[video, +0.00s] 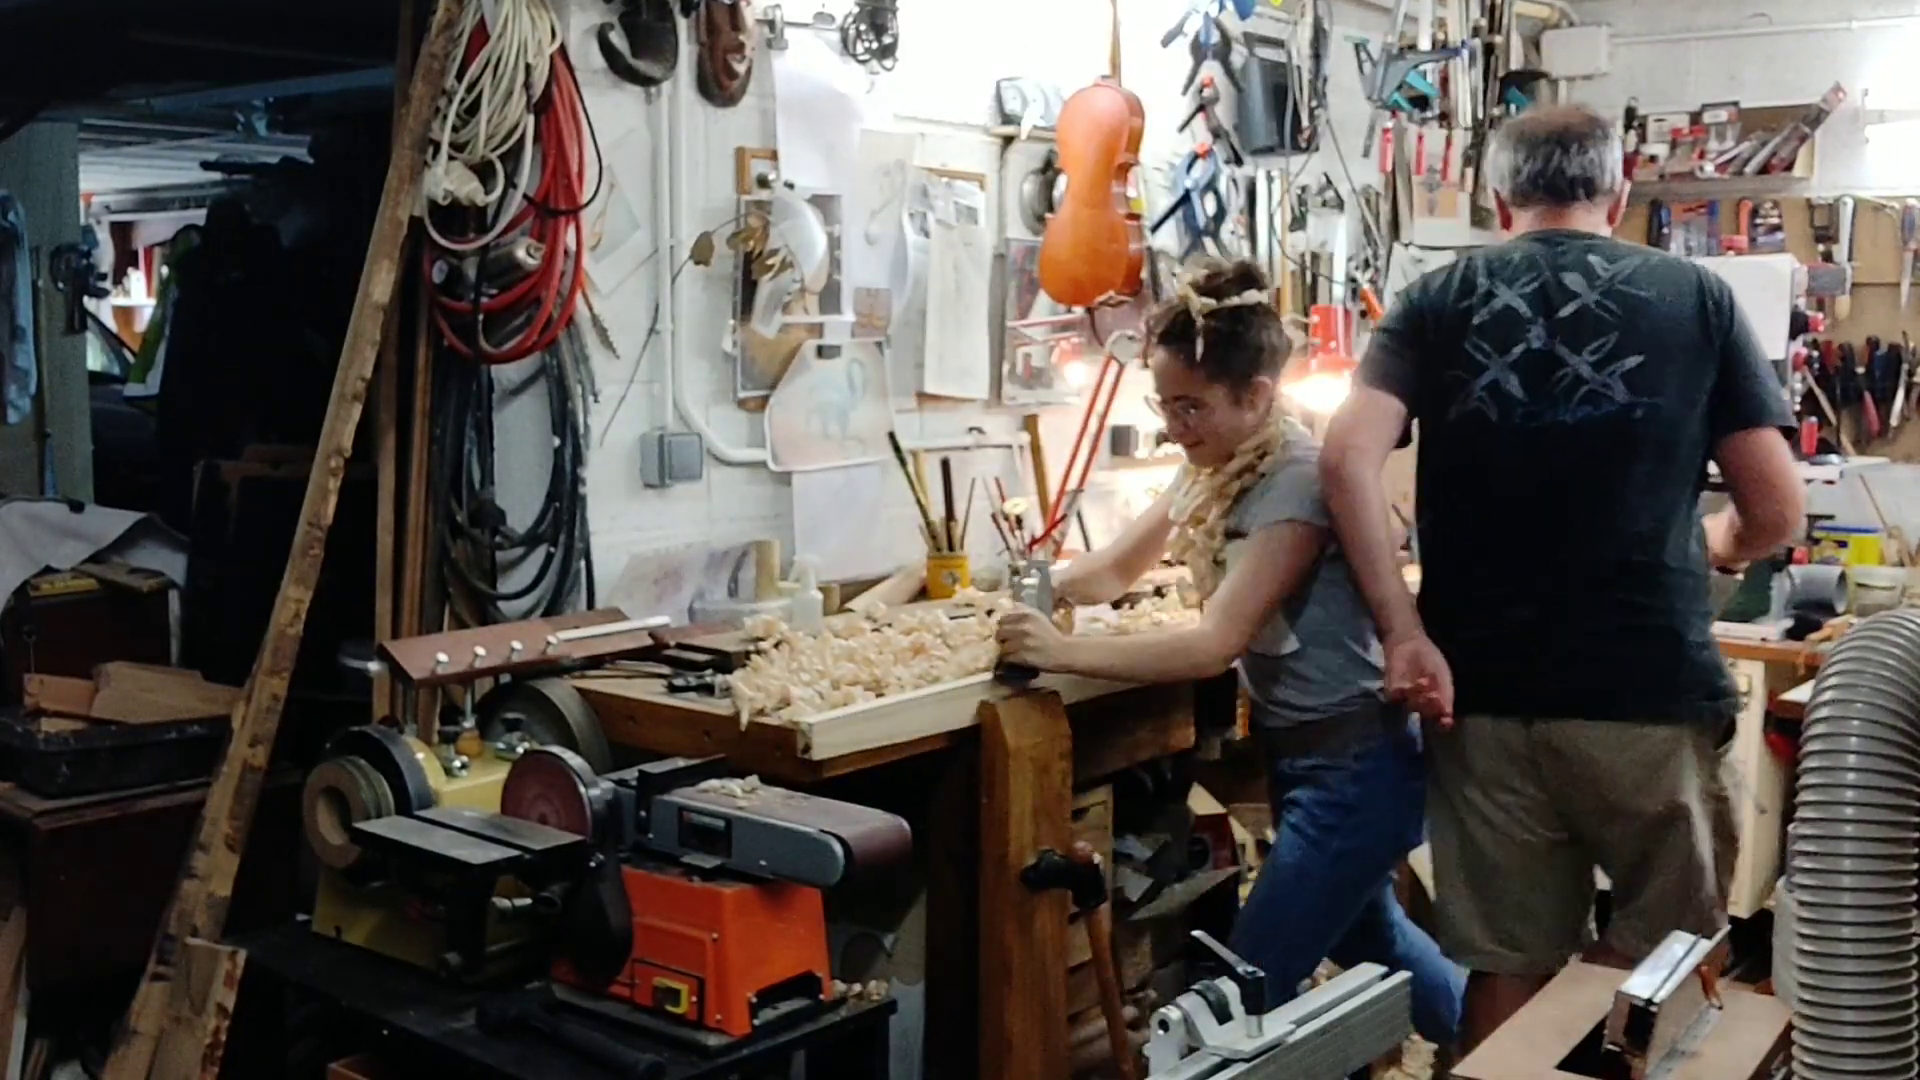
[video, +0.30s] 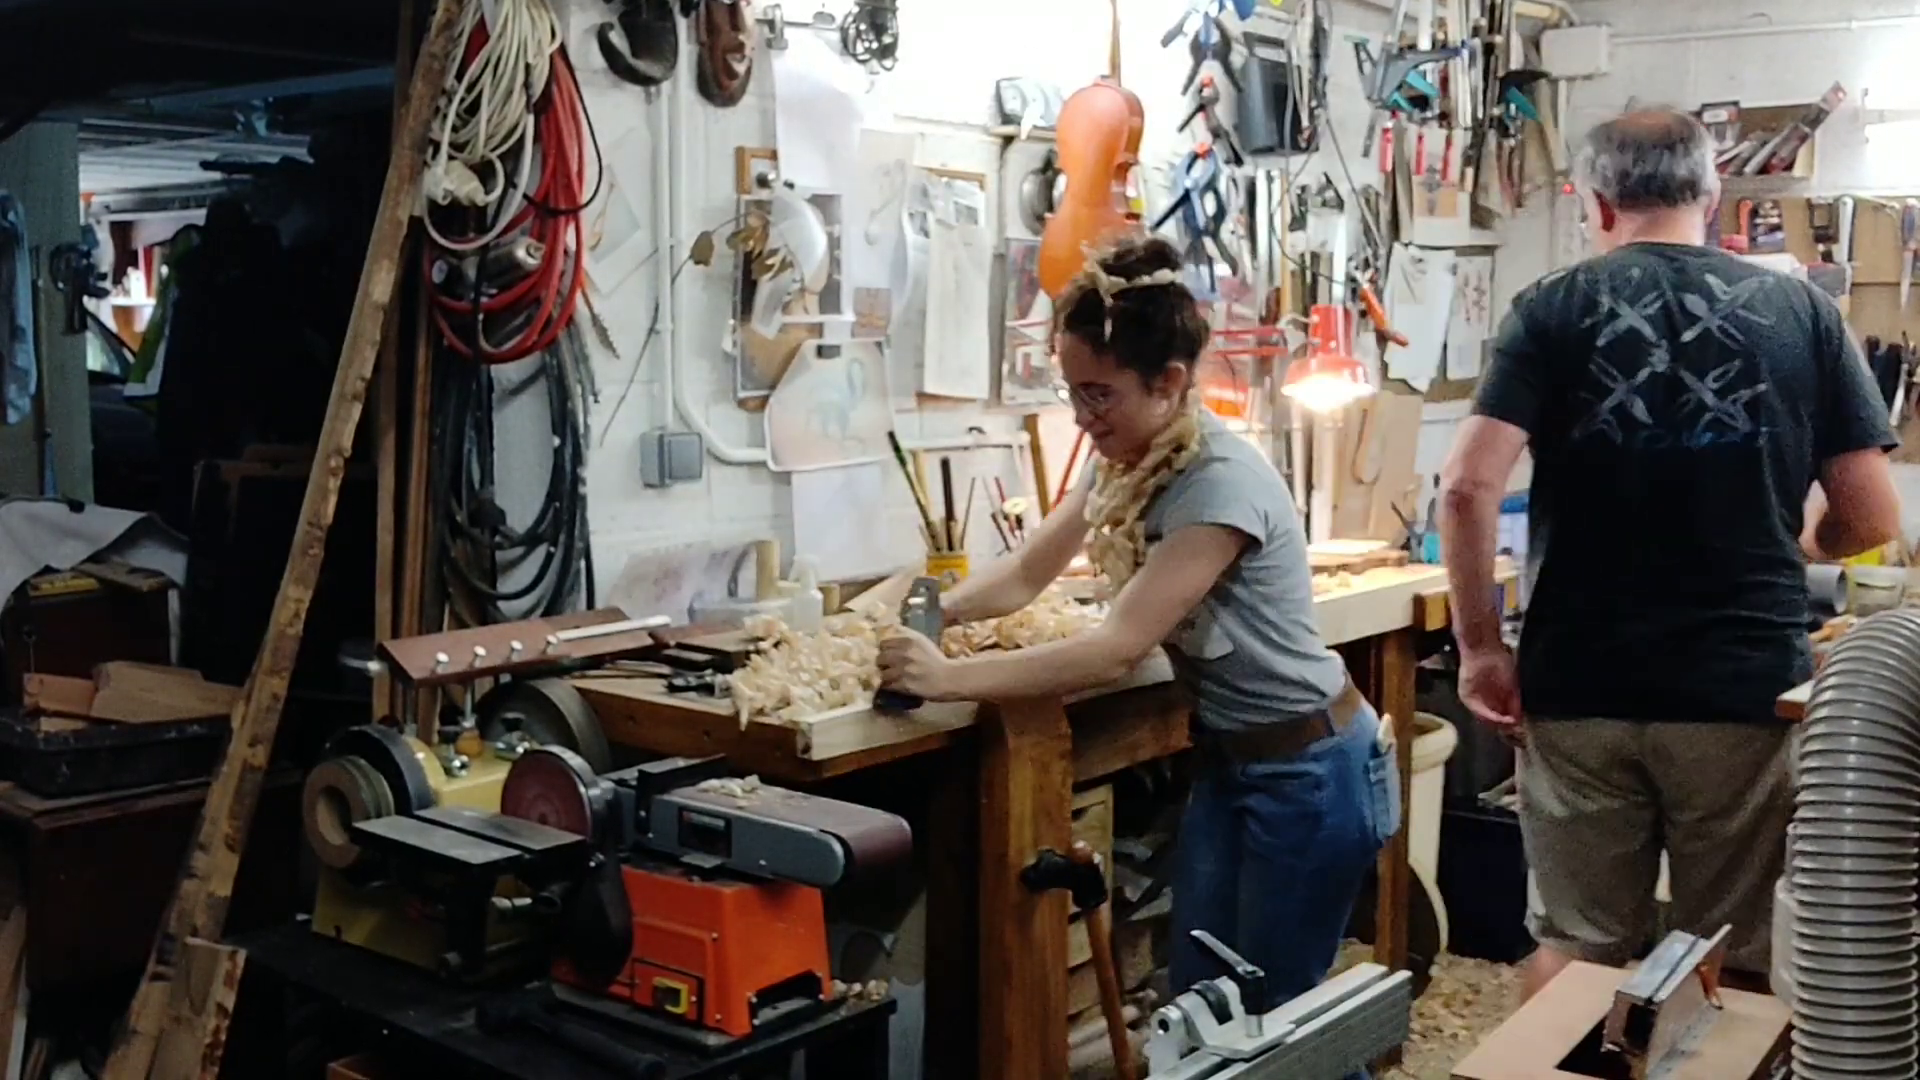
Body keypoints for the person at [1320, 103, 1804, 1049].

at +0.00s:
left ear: (1500, 203)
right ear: (1619, 196)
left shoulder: (1442, 295)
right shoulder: (1693, 296)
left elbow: (1347, 456)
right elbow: (1775, 514)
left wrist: (1399, 629)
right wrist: (1712, 543)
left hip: (1484, 687)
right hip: (1648, 689)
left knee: (1509, 969)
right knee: (1668, 962)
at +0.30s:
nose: (1585, 217)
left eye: (1585, 202)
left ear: (1597, 205)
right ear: (1712, 198)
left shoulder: (1553, 307)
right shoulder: (1800, 308)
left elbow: (1467, 488)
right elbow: (1870, 517)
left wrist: (1480, 644)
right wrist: (1792, 539)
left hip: (1577, 680)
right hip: (1738, 689)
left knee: (1572, 950)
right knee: (1727, 965)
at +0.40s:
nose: (1619, 220)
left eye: (1620, 201)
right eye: (1620, 202)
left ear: (1638, 196)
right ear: (1746, 198)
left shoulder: (1590, 298)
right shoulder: (1834, 308)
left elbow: (1511, 488)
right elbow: (1893, 513)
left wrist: (1503, 621)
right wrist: (1818, 524)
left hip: (1607, 664)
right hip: (1765, 673)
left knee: (1601, 912)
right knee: (1735, 931)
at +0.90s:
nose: (1635, 240)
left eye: (1635, 218)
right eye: (1630, 221)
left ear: (1672, 213)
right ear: (1744, 204)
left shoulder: (1657, 319)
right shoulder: (1858, 311)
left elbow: (1601, 508)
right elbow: (1903, 472)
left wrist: (1600, 561)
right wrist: (1814, 485)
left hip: (1681, 634)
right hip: (1814, 632)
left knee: (1682, 862)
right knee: (1784, 845)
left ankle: (1717, 1057)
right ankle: (1801, 1041)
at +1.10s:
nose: (1630, 249)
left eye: (1631, 226)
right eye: (1624, 229)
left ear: (1679, 215)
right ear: (1739, 210)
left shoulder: (1689, 312)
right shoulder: (1842, 302)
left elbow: (1634, 491)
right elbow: (1868, 460)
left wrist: (1587, 524)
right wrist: (1763, 481)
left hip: (1711, 635)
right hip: (1823, 626)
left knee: (1699, 852)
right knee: (1775, 845)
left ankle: (1705, 1038)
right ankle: (1779, 1020)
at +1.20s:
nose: (1631, 259)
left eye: (1634, 237)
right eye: (1627, 241)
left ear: (1688, 224)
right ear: (1723, 221)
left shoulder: (1718, 320)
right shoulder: (1824, 311)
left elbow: (1661, 495)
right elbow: (1802, 469)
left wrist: (1575, 523)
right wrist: (1656, 472)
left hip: (1722, 642)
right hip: (1813, 634)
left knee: (1672, 841)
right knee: (1768, 840)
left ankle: (1709, 1033)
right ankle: (1788, 1011)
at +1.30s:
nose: (1628, 263)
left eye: (1632, 240)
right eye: (1624, 245)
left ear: (1689, 226)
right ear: (1706, 227)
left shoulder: (1735, 317)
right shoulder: (1801, 306)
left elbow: (1691, 493)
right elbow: (1765, 474)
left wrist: (1568, 517)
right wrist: (1622, 490)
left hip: (1723, 639)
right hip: (1797, 629)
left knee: (1636, 813)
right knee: (1758, 814)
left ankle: (1708, 1013)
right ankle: (1784, 994)